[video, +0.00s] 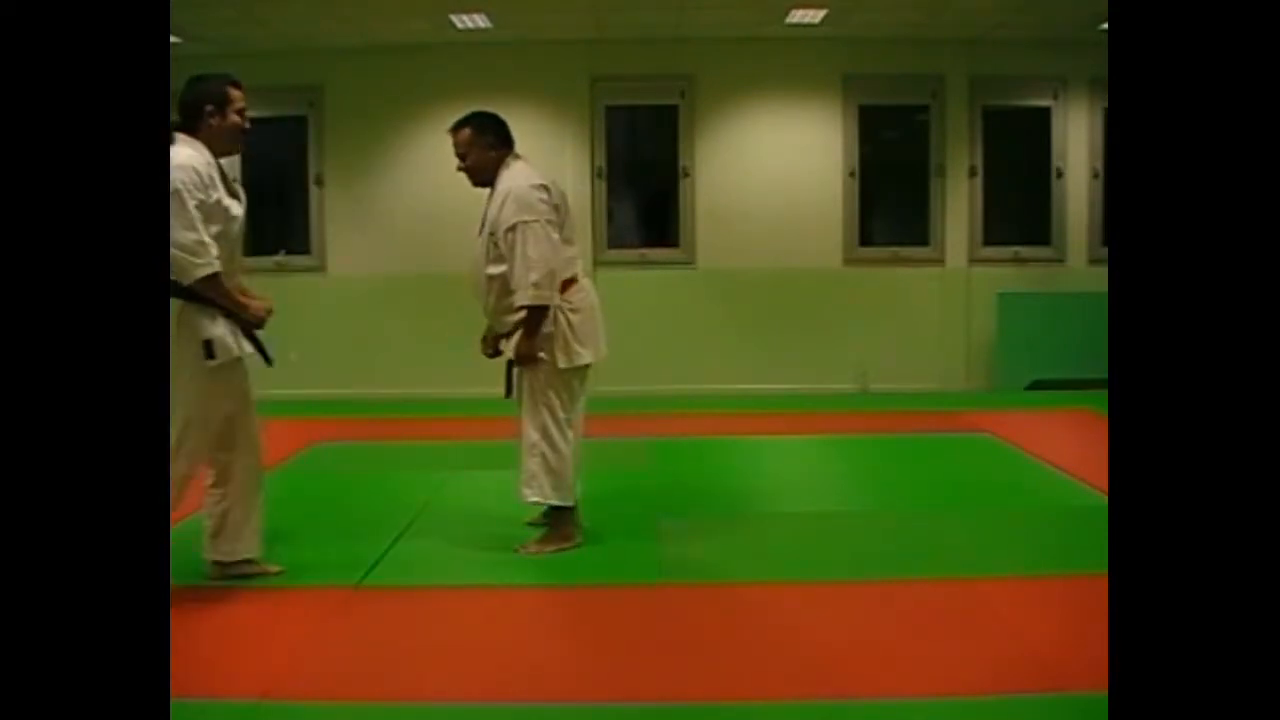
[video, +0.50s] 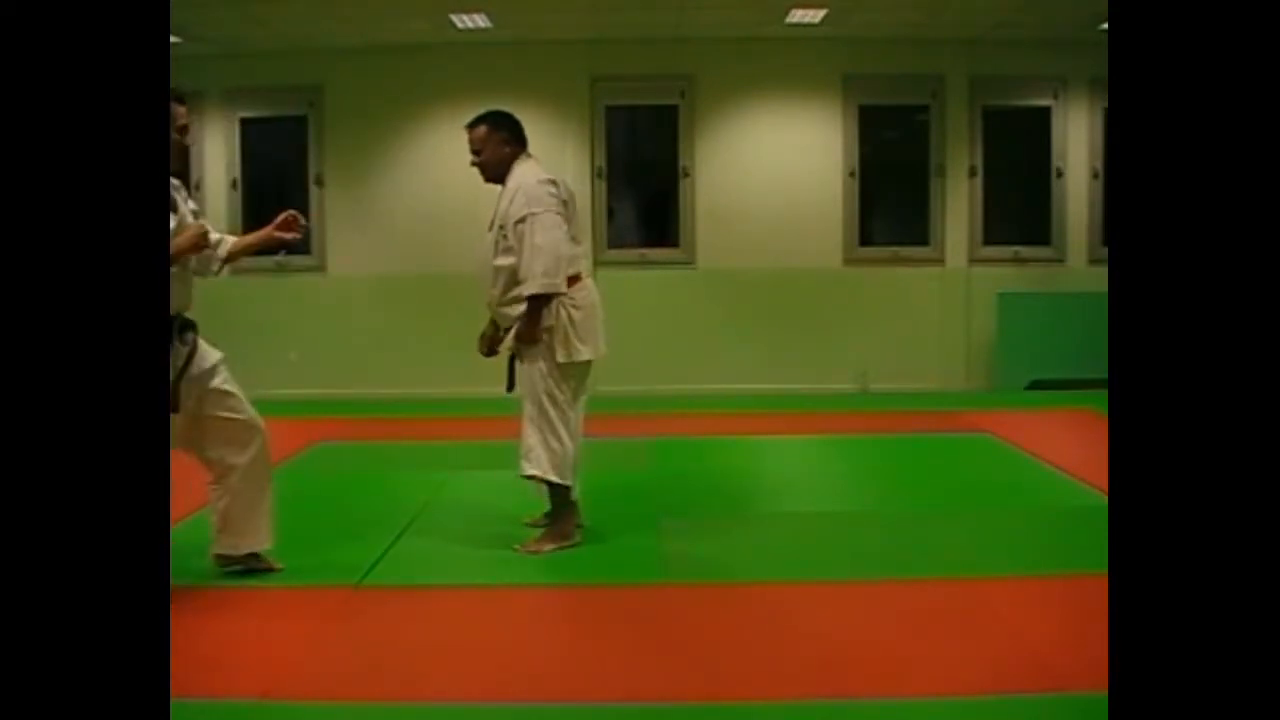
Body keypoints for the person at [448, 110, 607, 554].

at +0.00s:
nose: (460, 166)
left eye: (465, 155)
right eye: (459, 156)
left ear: (493, 149)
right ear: (492, 151)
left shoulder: (521, 193)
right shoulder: (508, 190)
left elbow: (540, 273)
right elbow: (513, 271)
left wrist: (528, 335)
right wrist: (497, 324)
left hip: (554, 326)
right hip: (542, 324)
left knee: (549, 422)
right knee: (547, 420)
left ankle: (563, 520)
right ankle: (559, 511)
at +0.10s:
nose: (462, 165)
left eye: (467, 154)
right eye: (460, 155)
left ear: (496, 148)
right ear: (493, 151)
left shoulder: (522, 193)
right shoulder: (508, 190)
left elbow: (539, 272)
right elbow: (512, 270)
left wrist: (528, 334)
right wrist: (497, 324)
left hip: (556, 323)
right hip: (544, 322)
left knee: (550, 420)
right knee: (549, 419)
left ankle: (563, 519)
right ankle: (559, 511)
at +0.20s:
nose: (465, 163)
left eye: (471, 152)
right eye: (464, 154)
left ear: (500, 148)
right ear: (496, 151)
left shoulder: (525, 192)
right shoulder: (510, 190)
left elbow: (541, 272)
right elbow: (511, 270)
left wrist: (529, 334)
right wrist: (495, 324)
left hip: (556, 323)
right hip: (545, 321)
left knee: (550, 420)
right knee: (549, 419)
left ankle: (563, 518)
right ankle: (559, 511)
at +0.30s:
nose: (468, 162)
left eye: (473, 151)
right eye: (466, 152)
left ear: (502, 147)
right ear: (498, 150)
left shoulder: (526, 191)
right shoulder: (513, 190)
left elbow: (541, 271)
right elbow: (514, 271)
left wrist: (529, 332)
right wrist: (494, 324)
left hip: (556, 322)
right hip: (546, 320)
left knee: (550, 419)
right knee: (550, 418)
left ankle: (564, 516)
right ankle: (559, 510)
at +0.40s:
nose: (472, 161)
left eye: (478, 150)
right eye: (470, 152)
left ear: (506, 147)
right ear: (502, 150)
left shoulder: (529, 190)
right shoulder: (516, 189)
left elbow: (542, 268)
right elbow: (515, 269)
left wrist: (530, 326)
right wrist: (494, 323)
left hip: (557, 319)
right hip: (548, 317)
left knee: (551, 417)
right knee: (550, 416)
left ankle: (564, 518)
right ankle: (559, 507)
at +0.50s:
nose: (475, 161)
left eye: (480, 151)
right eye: (473, 152)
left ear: (508, 147)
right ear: (503, 150)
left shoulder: (531, 188)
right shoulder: (517, 189)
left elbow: (545, 260)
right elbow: (515, 267)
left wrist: (530, 318)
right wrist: (495, 322)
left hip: (557, 315)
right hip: (547, 314)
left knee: (550, 412)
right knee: (548, 412)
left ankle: (563, 518)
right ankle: (558, 506)